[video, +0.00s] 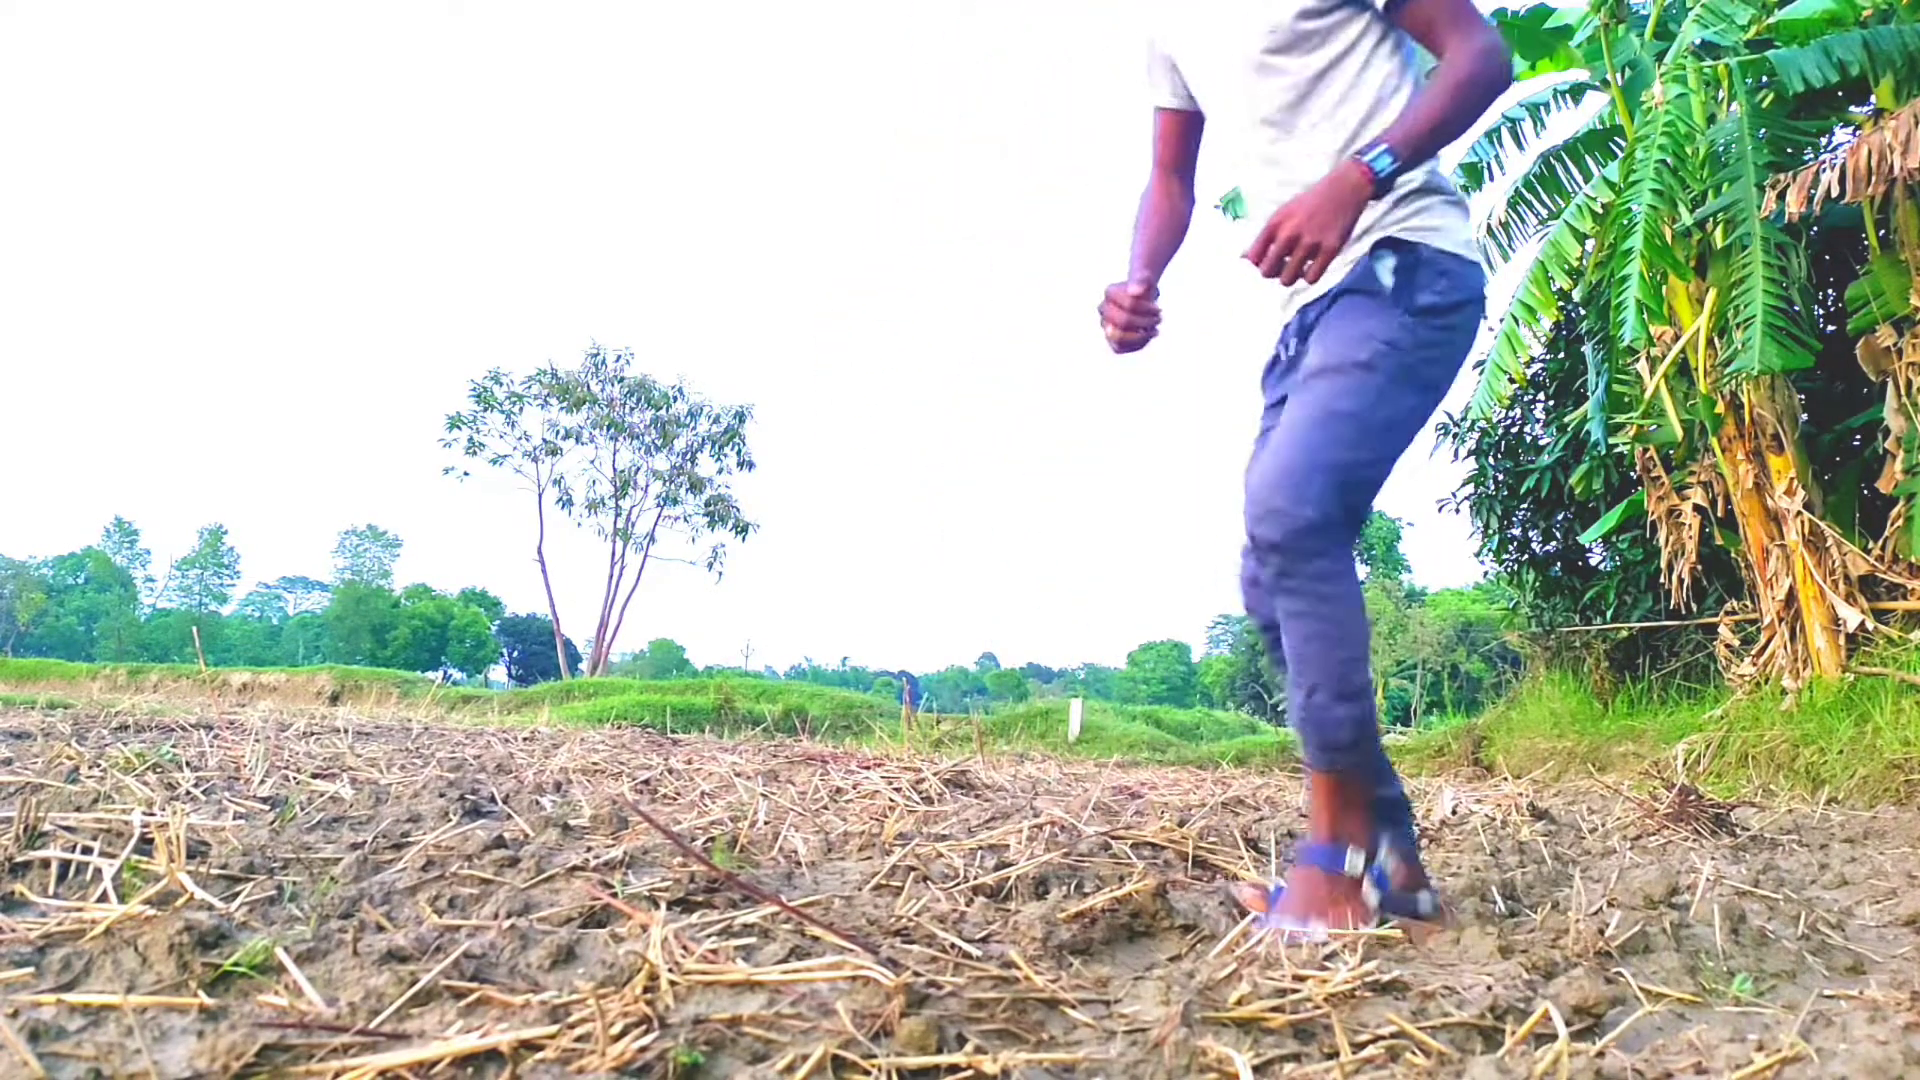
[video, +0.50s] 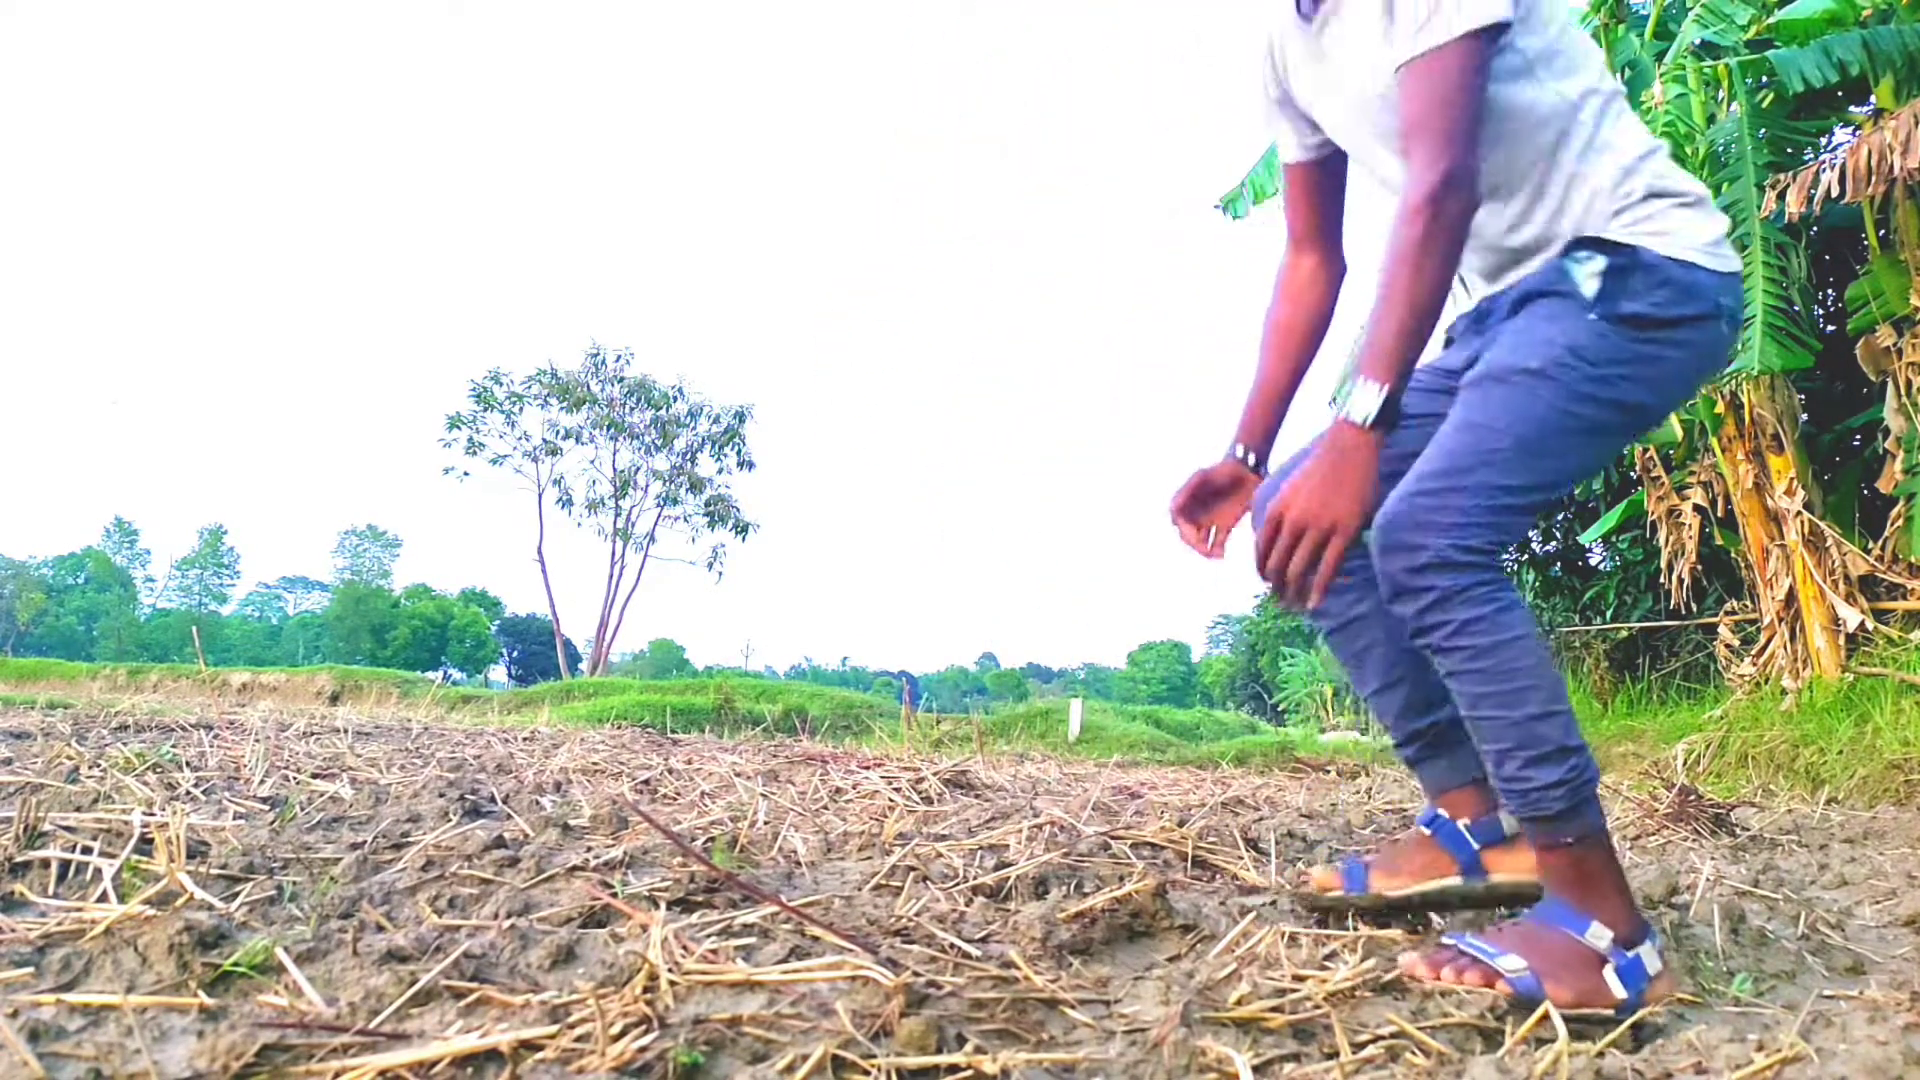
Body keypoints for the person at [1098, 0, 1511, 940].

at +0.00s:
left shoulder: (1358, 4)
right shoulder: (1172, 26)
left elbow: (1482, 55)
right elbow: (1170, 171)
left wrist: (1356, 177)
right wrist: (1140, 276)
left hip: (1408, 263)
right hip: (1317, 300)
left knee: (1293, 512)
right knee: (1273, 574)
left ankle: (1338, 857)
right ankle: (1395, 865)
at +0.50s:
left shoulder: (1439, 4)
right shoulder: (1289, 37)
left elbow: (1441, 190)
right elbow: (1310, 251)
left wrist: (1357, 427)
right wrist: (1249, 450)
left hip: (1631, 268)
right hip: (1506, 303)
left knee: (1426, 541)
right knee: (1310, 531)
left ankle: (1599, 921)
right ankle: (1477, 825)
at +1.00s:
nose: (1180, 361)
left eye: (1193, 313)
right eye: (1147, 346)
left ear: (1269, 283)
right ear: (1138, 369)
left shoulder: (1371, 398)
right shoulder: (1254, 466)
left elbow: (1196, 655)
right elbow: (1189, 649)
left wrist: (1028, 806)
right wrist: (1037, 798)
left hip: (1661, 712)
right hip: (1553, 731)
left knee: (1354, 576)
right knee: (1247, 603)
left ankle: (1560, 893)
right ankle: (1456, 873)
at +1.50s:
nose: (1189, 268)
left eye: (1218, 227)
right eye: (1160, 251)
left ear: (1292, 232)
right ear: (1150, 286)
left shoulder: (1377, 347)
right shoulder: (1273, 430)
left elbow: (1167, 569)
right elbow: (1159, 607)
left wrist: (960, 606)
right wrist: (976, 614)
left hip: (1620, 695)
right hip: (1509, 717)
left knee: (1306, 592)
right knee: (1197, 608)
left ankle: (1546, 878)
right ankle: (1443, 872)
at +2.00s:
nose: (1255, 199)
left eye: (1286, 164)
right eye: (1231, 185)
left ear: (1358, 173)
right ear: (1211, 209)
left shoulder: (1411, 262)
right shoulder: (1281, 340)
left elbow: (1155, 262)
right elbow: (1100, 368)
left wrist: (997, 182)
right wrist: (993, 217)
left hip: (1581, 685)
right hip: (1457, 697)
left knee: (1275, 603)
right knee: (1155, 642)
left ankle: (1534, 855)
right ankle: (1435, 856)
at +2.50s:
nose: (1269, 194)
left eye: (1300, 158)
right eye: (1243, 182)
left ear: (1373, 169)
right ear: (1229, 206)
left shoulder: (1426, 256)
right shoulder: (1298, 330)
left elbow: (1166, 251)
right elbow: (1117, 350)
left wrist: (995, 184)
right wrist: (994, 213)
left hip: (1579, 683)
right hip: (1459, 695)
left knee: (1273, 606)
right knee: (1151, 649)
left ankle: (1537, 853)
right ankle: (1434, 858)